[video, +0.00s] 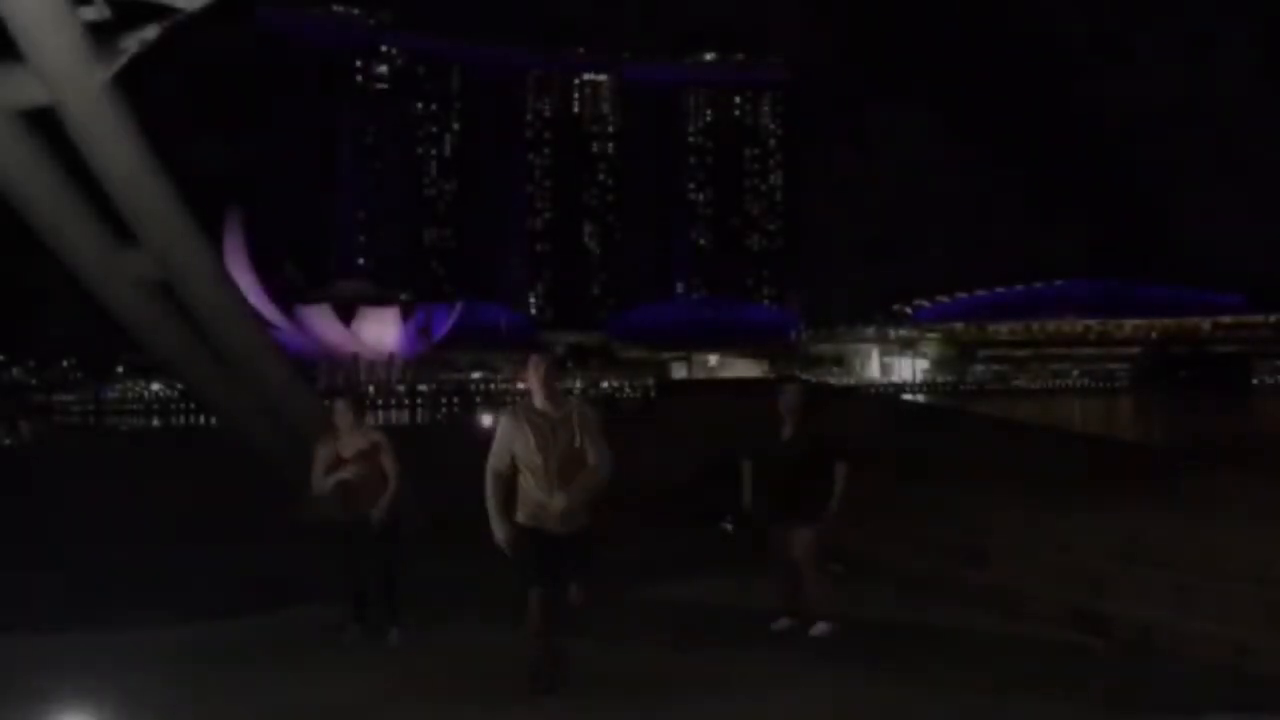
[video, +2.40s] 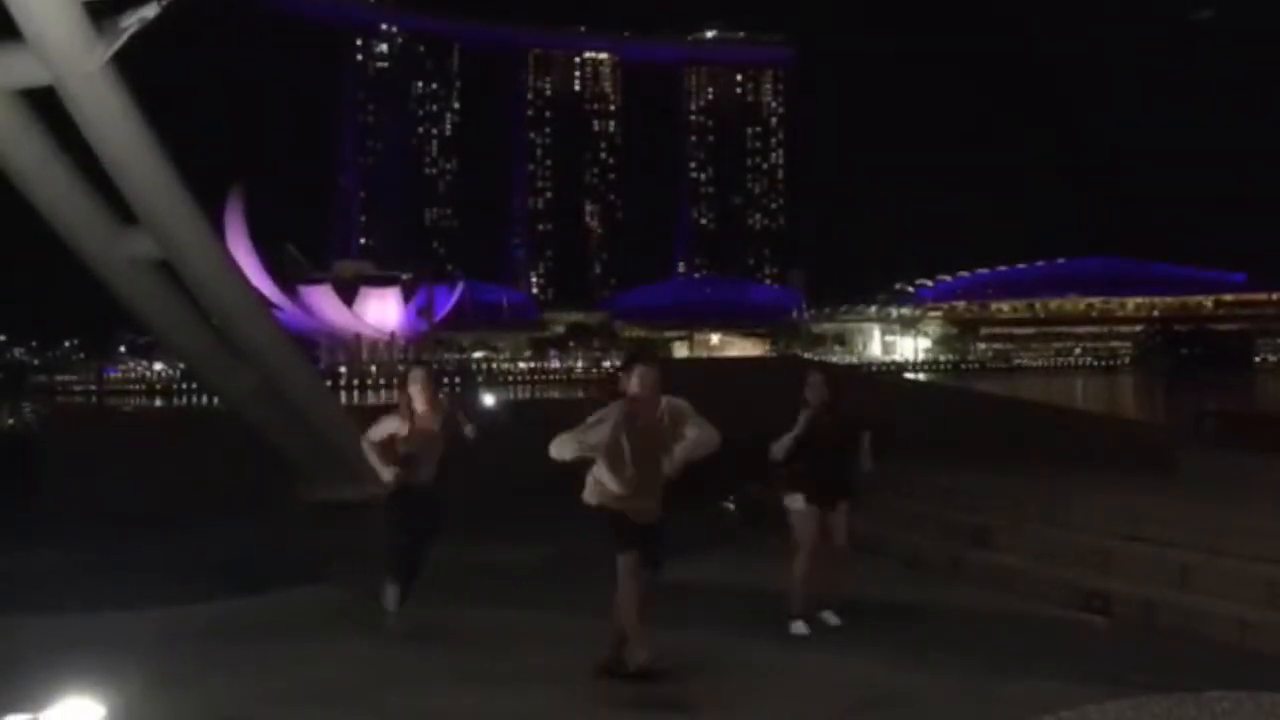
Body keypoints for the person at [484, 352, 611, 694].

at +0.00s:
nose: (545, 376)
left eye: (550, 369)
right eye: (538, 370)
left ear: (559, 375)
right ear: (526, 377)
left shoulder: (580, 416)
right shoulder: (513, 421)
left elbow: (599, 465)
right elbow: (496, 474)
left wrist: (570, 496)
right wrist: (499, 524)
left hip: (574, 526)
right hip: (532, 526)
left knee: (573, 599)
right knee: (537, 601)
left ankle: (562, 670)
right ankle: (538, 674)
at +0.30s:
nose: (588, 377)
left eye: (593, 369)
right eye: (581, 369)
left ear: (602, 374)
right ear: (566, 375)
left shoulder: (609, 416)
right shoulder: (550, 418)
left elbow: (612, 469)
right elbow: (523, 471)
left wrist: (621, 515)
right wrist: (541, 529)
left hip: (607, 529)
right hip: (565, 533)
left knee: (608, 606)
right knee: (563, 607)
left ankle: (597, 679)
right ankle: (543, 676)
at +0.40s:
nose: (604, 387)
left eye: (608, 379)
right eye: (596, 379)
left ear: (616, 383)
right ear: (581, 384)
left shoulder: (619, 429)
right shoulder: (568, 424)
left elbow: (632, 474)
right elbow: (525, 474)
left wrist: (650, 512)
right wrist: (551, 520)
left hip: (614, 531)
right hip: (574, 532)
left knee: (612, 604)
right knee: (587, 598)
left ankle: (597, 677)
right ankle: (558, 658)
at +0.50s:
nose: (617, 393)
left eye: (622, 386)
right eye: (610, 385)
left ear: (629, 390)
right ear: (594, 388)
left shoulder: (634, 432)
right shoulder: (576, 426)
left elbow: (667, 483)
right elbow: (537, 476)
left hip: (614, 525)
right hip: (574, 523)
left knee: (621, 598)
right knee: (604, 583)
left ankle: (602, 678)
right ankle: (586, 677)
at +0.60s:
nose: (615, 406)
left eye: (623, 399)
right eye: (610, 398)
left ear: (637, 399)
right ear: (600, 397)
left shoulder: (649, 426)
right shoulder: (585, 422)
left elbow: (680, 469)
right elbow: (531, 446)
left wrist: (636, 469)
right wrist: (577, 431)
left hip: (614, 522)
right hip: (573, 517)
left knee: (624, 596)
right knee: (610, 586)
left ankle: (603, 672)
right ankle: (598, 672)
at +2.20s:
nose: (632, 395)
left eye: (639, 387)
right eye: (625, 387)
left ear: (648, 390)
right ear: (613, 390)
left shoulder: (658, 423)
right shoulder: (598, 423)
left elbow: (717, 428)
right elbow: (537, 447)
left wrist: (672, 439)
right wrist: (575, 470)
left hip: (645, 517)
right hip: (603, 517)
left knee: (637, 586)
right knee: (607, 577)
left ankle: (624, 657)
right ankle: (587, 655)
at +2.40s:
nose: (645, 389)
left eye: (651, 381)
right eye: (639, 381)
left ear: (659, 384)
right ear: (625, 382)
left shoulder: (671, 409)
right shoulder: (616, 415)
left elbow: (708, 437)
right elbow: (559, 448)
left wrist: (674, 459)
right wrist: (598, 440)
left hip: (648, 504)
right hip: (611, 502)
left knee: (644, 576)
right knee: (628, 566)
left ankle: (618, 649)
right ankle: (637, 650)